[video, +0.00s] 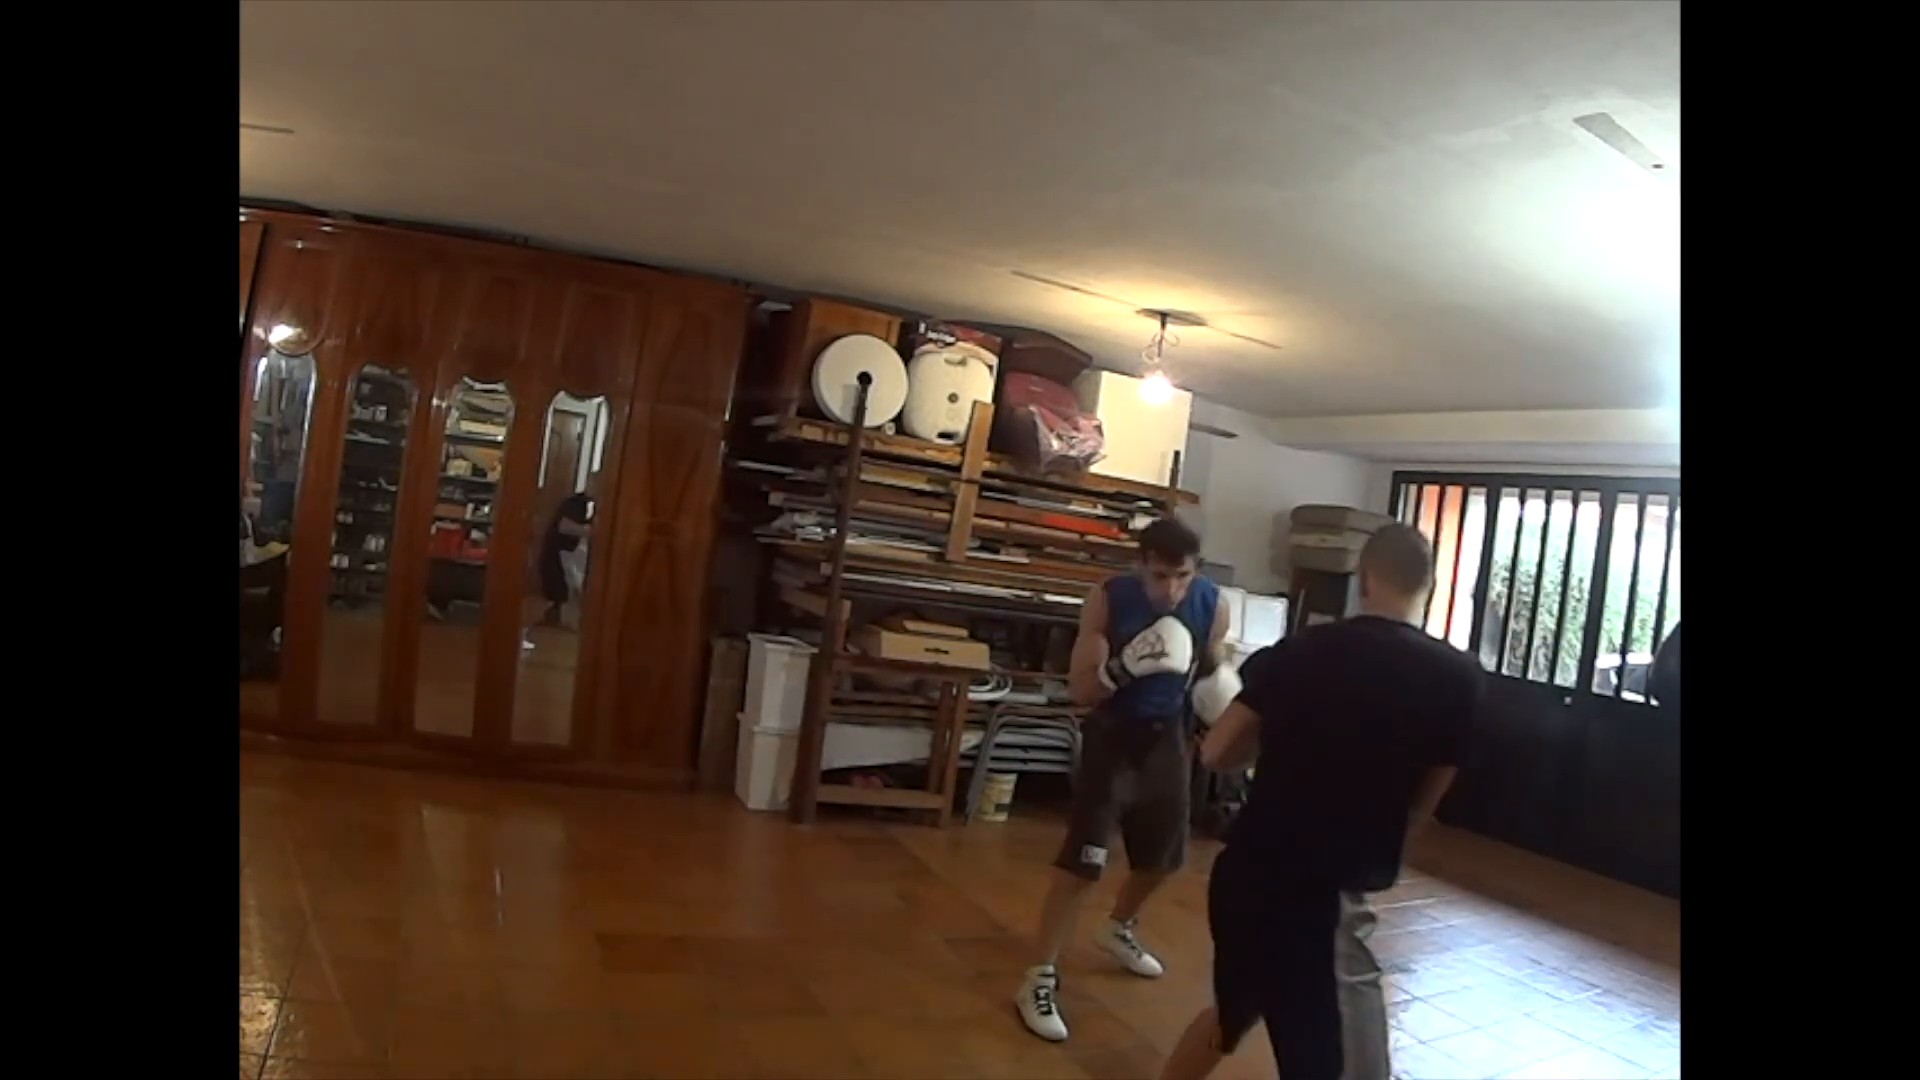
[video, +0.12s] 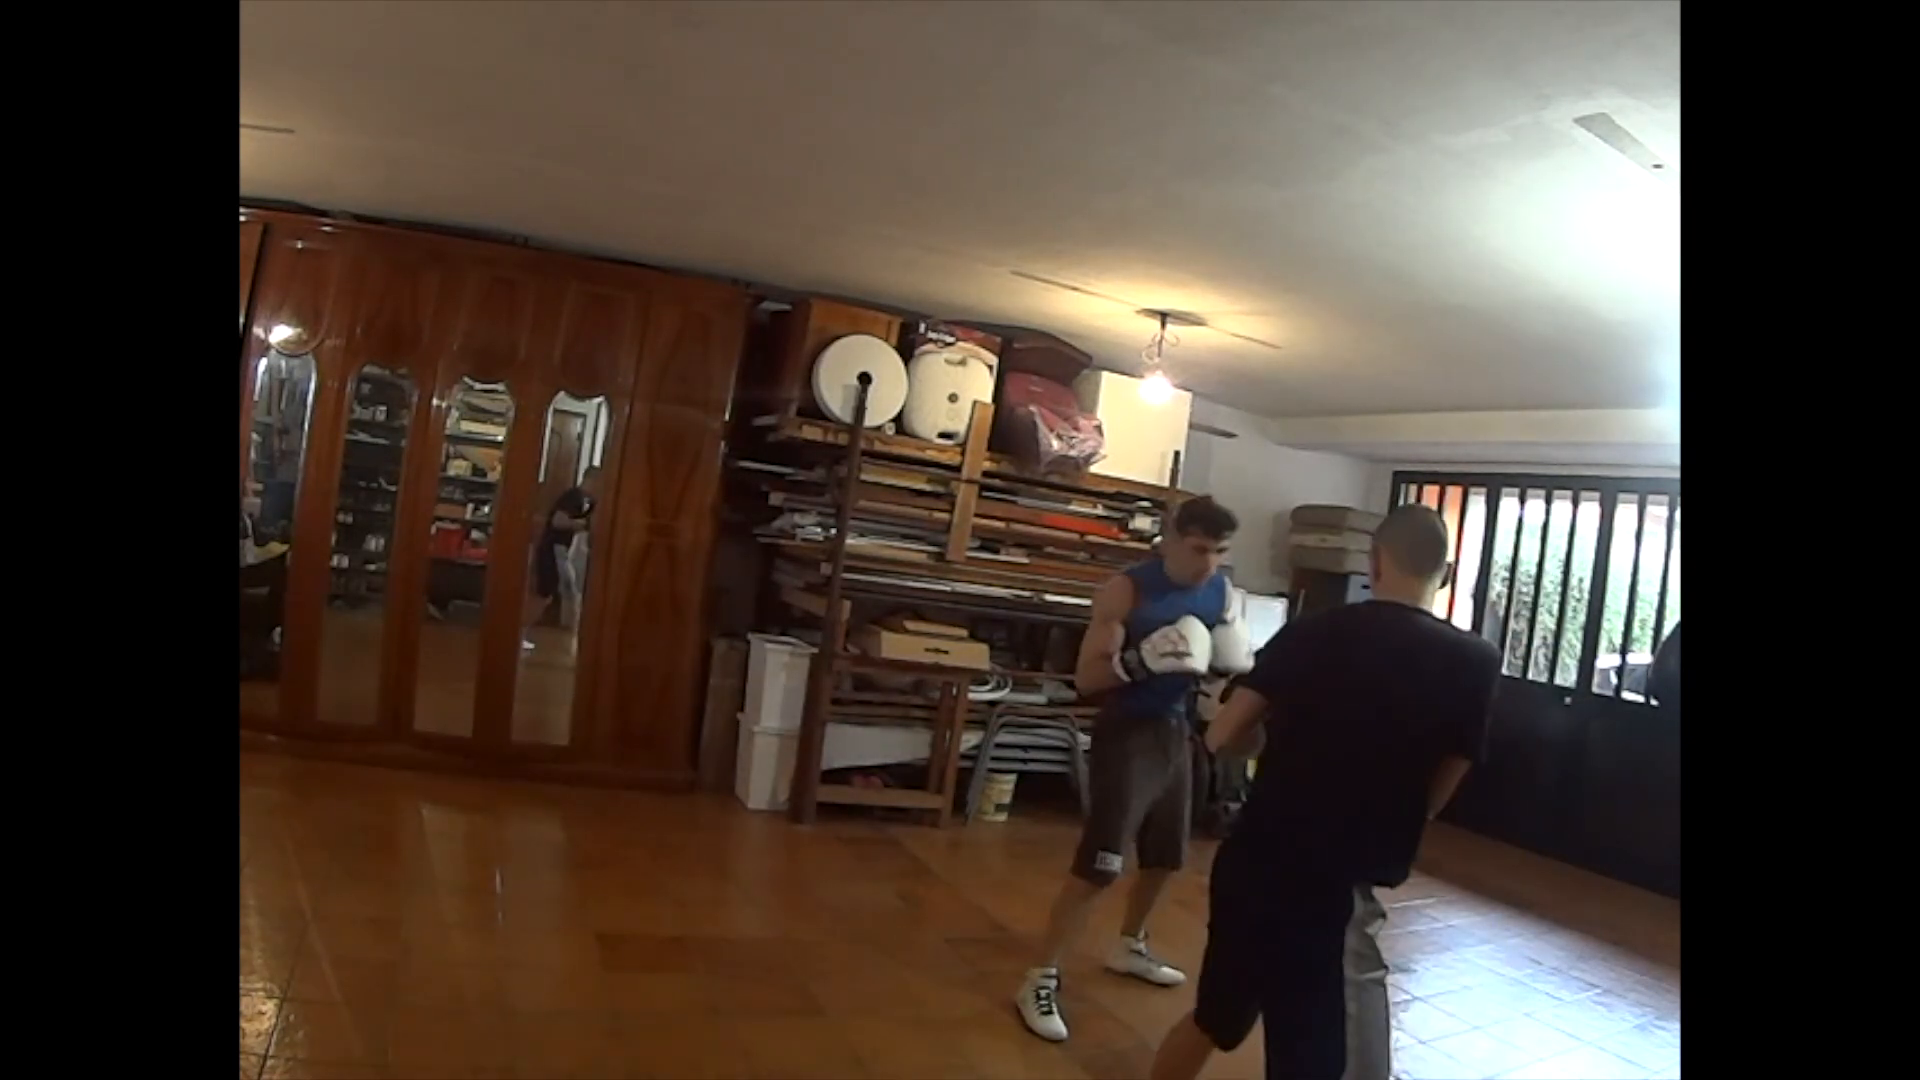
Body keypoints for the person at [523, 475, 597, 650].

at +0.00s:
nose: (599, 489)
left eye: (600, 484)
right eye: (598, 484)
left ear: (595, 485)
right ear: (591, 484)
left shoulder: (585, 505)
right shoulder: (576, 503)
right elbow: (565, 526)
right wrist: (589, 530)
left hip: (565, 553)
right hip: (555, 553)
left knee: (553, 595)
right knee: (552, 595)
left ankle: (524, 631)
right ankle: (522, 632)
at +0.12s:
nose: (598, 486)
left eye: (599, 482)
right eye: (596, 481)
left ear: (594, 483)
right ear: (587, 480)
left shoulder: (588, 502)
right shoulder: (573, 497)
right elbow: (557, 521)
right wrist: (584, 523)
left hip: (562, 547)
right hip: (552, 546)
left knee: (546, 593)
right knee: (545, 593)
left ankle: (522, 632)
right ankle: (521, 633)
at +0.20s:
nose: (596, 487)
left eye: (598, 482)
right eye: (594, 481)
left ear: (594, 483)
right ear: (586, 479)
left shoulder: (584, 500)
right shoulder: (572, 496)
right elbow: (558, 520)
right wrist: (585, 521)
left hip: (559, 546)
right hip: (553, 546)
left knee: (545, 594)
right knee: (571, 595)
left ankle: (521, 632)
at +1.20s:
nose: (588, 491)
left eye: (589, 488)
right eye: (586, 487)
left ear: (584, 488)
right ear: (575, 484)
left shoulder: (579, 505)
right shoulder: (559, 500)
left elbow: (590, 522)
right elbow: (552, 525)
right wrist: (576, 527)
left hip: (559, 551)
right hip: (546, 549)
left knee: (535, 593)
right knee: (562, 596)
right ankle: (562, 646)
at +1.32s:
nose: (579, 492)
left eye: (581, 488)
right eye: (576, 487)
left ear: (582, 490)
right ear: (566, 484)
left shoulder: (576, 508)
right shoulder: (550, 501)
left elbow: (585, 526)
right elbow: (541, 525)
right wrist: (566, 529)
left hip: (559, 551)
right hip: (541, 547)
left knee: (557, 593)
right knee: (555, 591)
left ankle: (561, 645)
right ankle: (560, 645)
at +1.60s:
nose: (576, 488)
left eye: (577, 485)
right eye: (573, 483)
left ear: (576, 487)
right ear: (561, 482)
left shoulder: (573, 504)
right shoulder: (549, 498)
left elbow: (581, 525)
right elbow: (540, 521)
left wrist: (577, 525)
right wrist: (565, 524)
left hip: (548, 549)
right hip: (537, 547)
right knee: (556, 593)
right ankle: (557, 646)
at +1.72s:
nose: (575, 487)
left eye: (577, 483)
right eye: (572, 482)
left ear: (575, 486)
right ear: (561, 480)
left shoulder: (572, 503)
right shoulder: (549, 497)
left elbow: (581, 525)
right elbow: (537, 518)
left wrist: (575, 522)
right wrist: (556, 524)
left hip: (550, 550)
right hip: (537, 547)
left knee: (525, 595)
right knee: (554, 595)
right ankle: (557, 647)